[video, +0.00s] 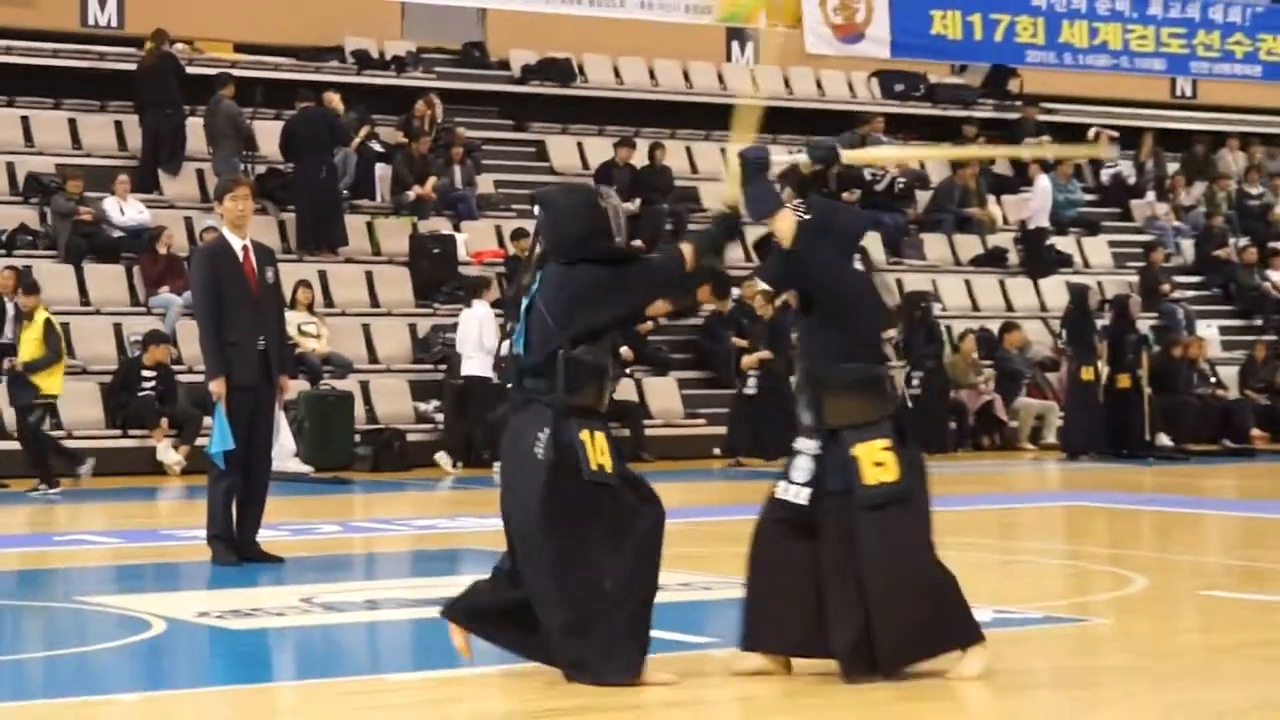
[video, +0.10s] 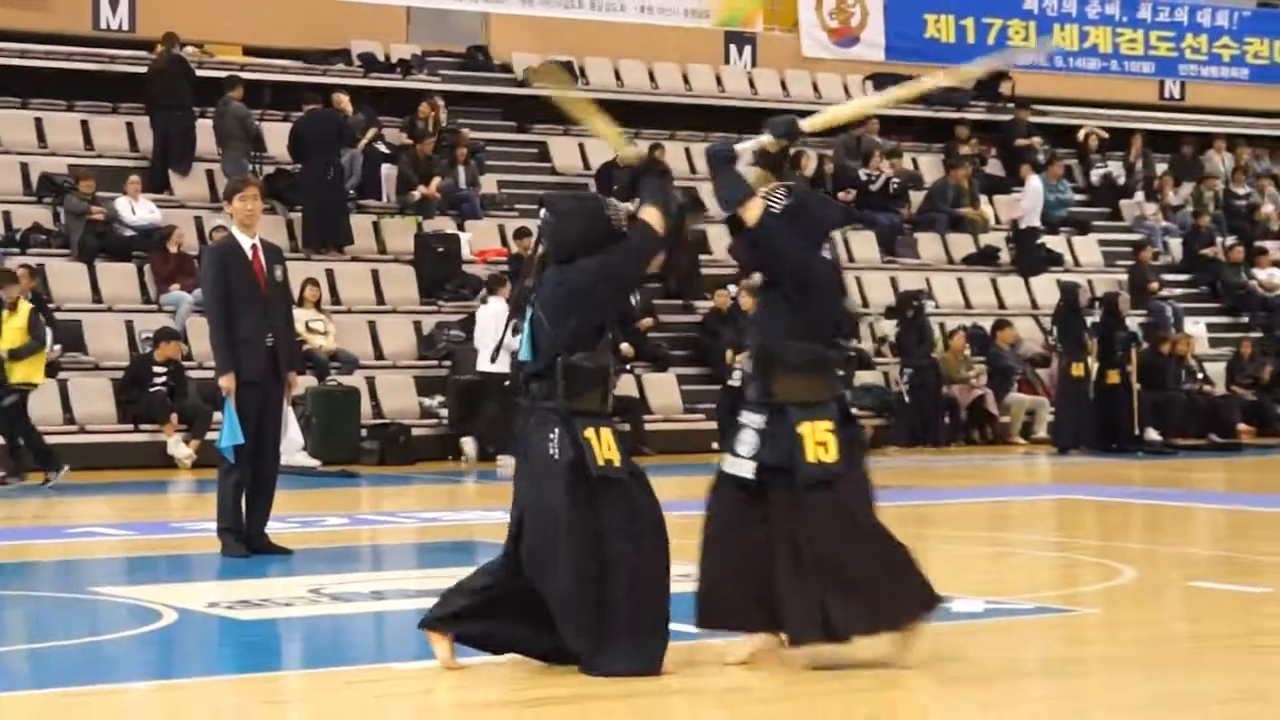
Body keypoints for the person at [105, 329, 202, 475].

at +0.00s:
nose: (169, 353)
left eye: (168, 349)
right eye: (165, 348)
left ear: (154, 349)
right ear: (152, 348)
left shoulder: (166, 371)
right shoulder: (128, 366)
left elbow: (170, 399)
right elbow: (113, 394)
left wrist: (165, 417)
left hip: (157, 414)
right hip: (129, 415)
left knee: (194, 416)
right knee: (147, 401)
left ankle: (178, 458)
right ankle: (162, 446)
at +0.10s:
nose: (179, 349)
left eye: (179, 345)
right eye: (176, 345)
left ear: (165, 345)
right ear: (163, 345)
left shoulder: (176, 366)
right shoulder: (140, 362)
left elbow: (181, 394)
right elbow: (126, 390)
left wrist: (175, 412)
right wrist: (148, 398)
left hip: (168, 408)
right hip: (141, 410)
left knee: (204, 411)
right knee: (159, 397)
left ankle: (188, 453)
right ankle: (173, 441)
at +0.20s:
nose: (196, 349)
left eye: (196, 346)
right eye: (193, 345)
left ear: (182, 346)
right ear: (180, 345)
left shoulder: (193, 366)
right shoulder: (158, 362)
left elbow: (198, 393)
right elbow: (144, 389)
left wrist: (191, 410)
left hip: (185, 406)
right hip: (158, 407)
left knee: (219, 410)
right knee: (176, 395)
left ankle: (204, 449)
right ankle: (190, 438)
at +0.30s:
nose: (207, 349)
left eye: (206, 346)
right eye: (203, 345)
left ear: (193, 346)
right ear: (191, 345)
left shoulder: (204, 366)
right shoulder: (170, 362)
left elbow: (209, 391)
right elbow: (156, 388)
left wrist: (202, 406)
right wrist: (177, 396)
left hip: (197, 404)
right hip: (171, 406)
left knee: (229, 408)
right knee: (187, 394)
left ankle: (215, 447)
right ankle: (200, 435)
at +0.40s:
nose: (214, 349)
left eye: (213, 345)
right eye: (211, 345)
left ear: (200, 345)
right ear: (198, 345)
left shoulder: (211, 366)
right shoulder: (177, 362)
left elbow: (216, 391)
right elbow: (164, 388)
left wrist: (209, 405)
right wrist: (185, 394)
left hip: (204, 403)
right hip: (177, 404)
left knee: (236, 407)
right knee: (195, 393)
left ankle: (222, 445)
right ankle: (207, 434)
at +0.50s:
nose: (220, 349)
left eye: (220, 345)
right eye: (217, 345)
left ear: (206, 345)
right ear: (205, 345)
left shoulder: (218, 365)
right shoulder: (184, 361)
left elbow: (223, 391)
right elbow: (172, 388)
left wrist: (216, 404)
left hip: (210, 403)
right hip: (184, 404)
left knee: (242, 406)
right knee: (202, 392)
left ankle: (228, 444)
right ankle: (214, 433)